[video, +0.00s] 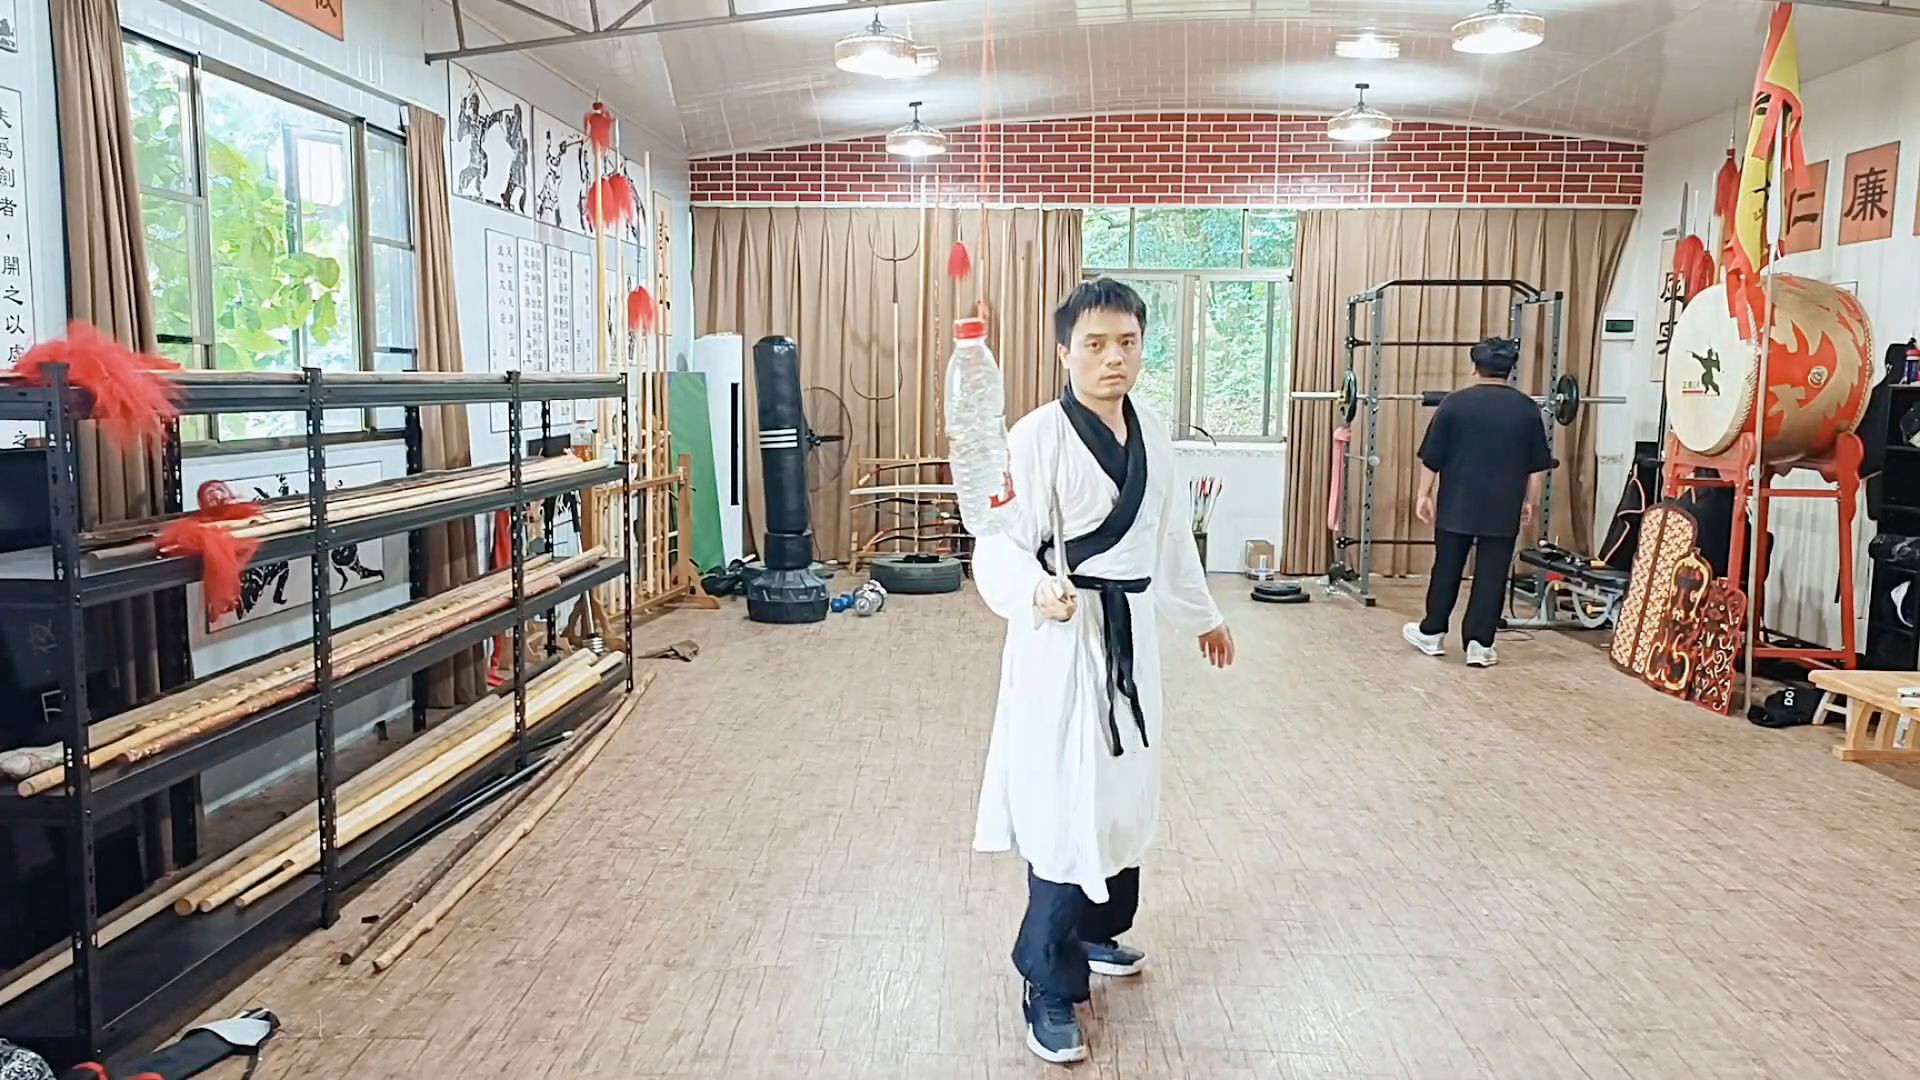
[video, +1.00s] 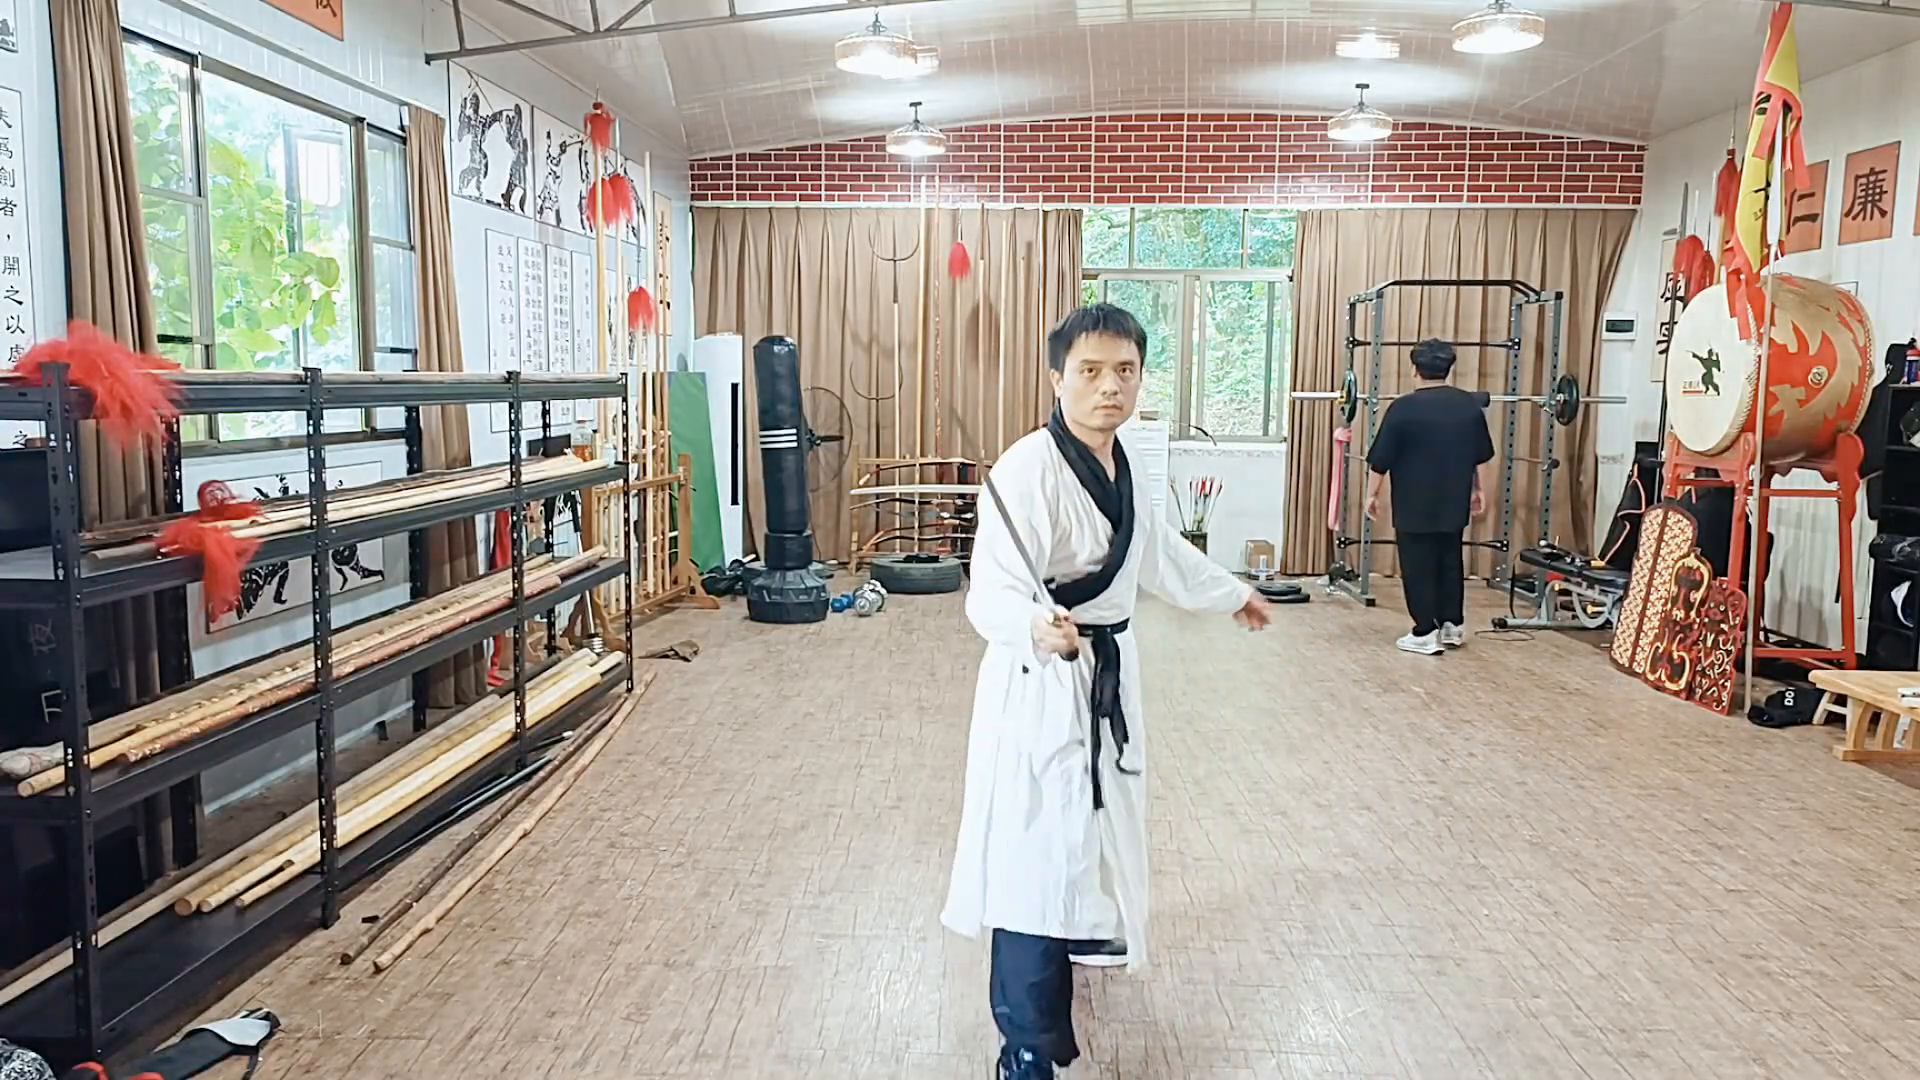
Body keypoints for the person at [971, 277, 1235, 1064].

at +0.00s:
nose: (1114, 357)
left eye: (1126, 342)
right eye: (1096, 343)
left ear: (1142, 348)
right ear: (1064, 351)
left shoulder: (1152, 427)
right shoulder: (1037, 436)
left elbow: (1174, 534)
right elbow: (997, 544)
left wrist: (1204, 614)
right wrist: (1035, 591)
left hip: (1135, 629)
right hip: (1063, 636)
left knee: (1125, 786)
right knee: (1063, 805)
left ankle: (1093, 929)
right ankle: (1047, 985)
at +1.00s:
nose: (1110, 386)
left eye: (1124, 370)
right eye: (1091, 370)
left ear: (1140, 380)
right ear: (1058, 379)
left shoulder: (1135, 457)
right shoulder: (1022, 474)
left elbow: (1156, 549)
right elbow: (994, 591)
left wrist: (1229, 591)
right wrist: (1037, 626)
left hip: (1108, 666)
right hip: (1037, 673)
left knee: (1097, 817)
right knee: (1034, 844)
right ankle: (1028, 1049)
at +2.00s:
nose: (1118, 395)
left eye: (1134, 376)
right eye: (1096, 377)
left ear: (1150, 388)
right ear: (1058, 389)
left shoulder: (1134, 467)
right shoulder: (1033, 473)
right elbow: (1029, 539)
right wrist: (1059, 542)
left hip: (1106, 686)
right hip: (1035, 696)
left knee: (1087, 863)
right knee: (1041, 878)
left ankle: (1033, 1041)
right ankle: (1015, 1050)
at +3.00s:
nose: (1100, 372)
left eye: (1109, 358)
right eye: (1081, 361)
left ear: (1122, 368)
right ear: (1050, 374)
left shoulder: (1110, 451)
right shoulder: (1027, 462)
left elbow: (1115, 552)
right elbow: (1004, 573)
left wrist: (1166, 604)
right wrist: (1058, 617)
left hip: (1100, 657)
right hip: (1046, 669)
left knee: (1093, 783)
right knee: (1059, 815)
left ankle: (1077, 881)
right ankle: (1034, 979)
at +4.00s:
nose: (1185, 404)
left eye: (1198, 388)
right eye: (1164, 388)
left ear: (1213, 399)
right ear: (1126, 401)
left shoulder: (1183, 489)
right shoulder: (1091, 496)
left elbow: (1162, 587)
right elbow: (1034, 619)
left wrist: (1181, 650)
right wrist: (1075, 671)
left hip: (1155, 707)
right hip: (1087, 721)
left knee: (1180, 858)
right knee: (1072, 896)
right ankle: (1038, 1057)